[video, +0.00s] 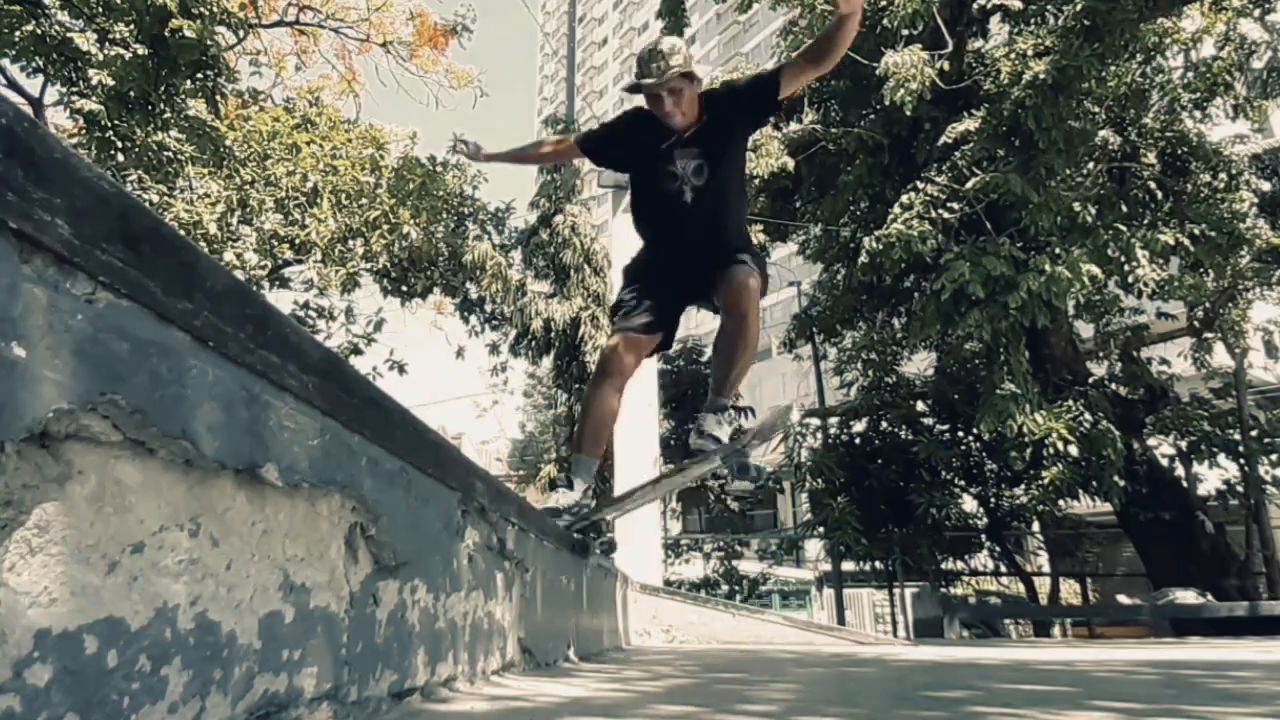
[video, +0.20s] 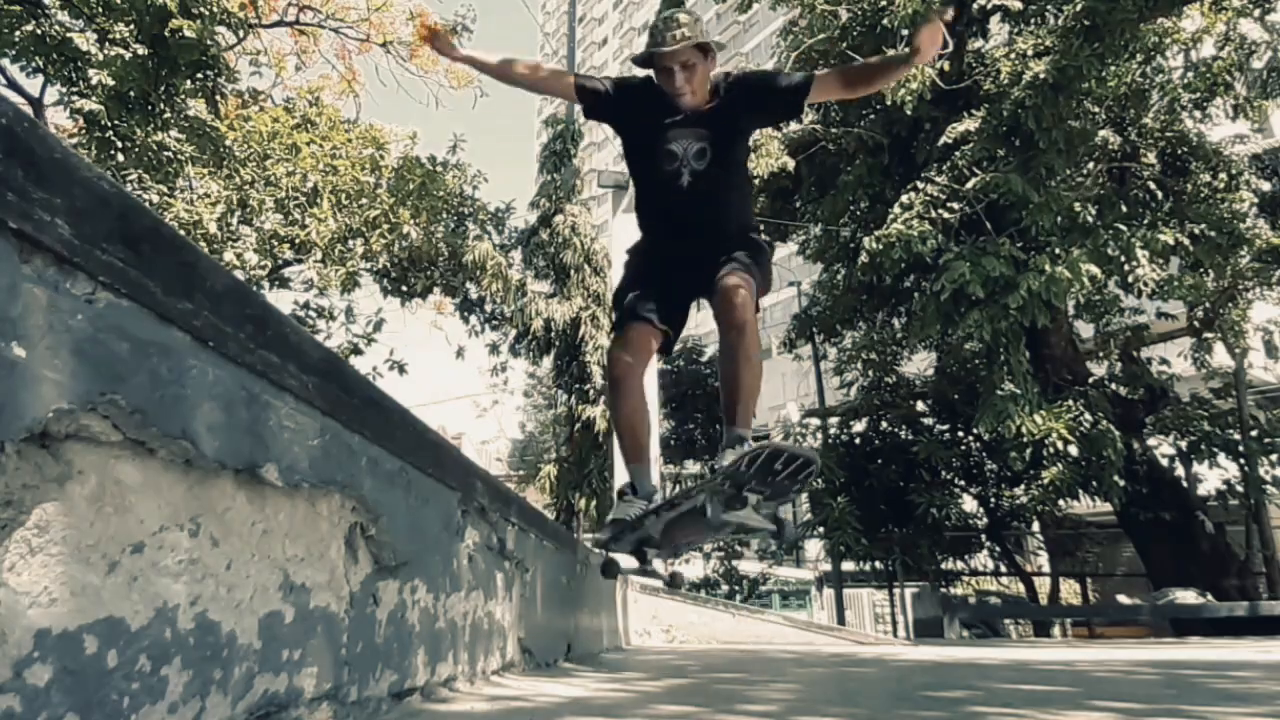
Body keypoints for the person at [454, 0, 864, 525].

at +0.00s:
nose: (660, 106)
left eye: (668, 94)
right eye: (651, 96)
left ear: (695, 85)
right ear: (643, 93)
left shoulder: (731, 107)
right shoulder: (632, 130)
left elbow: (812, 65)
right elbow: (561, 150)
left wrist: (849, 17)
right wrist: (492, 156)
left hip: (725, 256)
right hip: (659, 264)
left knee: (744, 290)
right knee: (616, 358)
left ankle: (717, 417)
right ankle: (577, 485)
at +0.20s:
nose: (675, 83)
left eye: (685, 70)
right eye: (664, 72)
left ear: (709, 62)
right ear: (653, 70)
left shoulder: (744, 94)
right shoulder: (633, 99)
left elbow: (841, 82)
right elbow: (546, 79)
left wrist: (913, 57)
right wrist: (462, 55)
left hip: (731, 248)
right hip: (661, 255)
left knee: (735, 298)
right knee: (626, 355)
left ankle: (739, 447)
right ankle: (640, 492)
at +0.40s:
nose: (696, 94)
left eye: (708, 79)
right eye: (682, 80)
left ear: (730, 72)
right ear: (665, 74)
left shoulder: (761, 110)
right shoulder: (638, 100)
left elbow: (848, 163)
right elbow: (558, 76)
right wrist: (478, 21)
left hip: (738, 263)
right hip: (664, 270)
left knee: (728, 336)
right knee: (655, 395)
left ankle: (742, 507)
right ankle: (688, 548)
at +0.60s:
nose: (762, 141)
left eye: (777, 127)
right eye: (749, 125)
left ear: (801, 117)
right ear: (728, 112)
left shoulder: (827, 168)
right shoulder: (686, 146)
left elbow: (818, 252)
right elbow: (654, 225)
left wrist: (791, 304)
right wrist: (664, 284)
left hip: (771, 310)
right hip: (688, 306)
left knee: (745, 376)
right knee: (625, 407)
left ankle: (749, 579)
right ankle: (678, 553)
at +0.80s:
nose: (902, 75)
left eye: (922, 65)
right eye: (892, 55)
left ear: (935, 85)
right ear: (861, 57)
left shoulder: (918, 170)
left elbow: (903, 305)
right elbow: (714, 68)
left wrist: (884, 433)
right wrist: (633, 56)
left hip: (799, 302)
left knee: (844, 385)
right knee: (647, 364)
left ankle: (841, 626)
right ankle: (594, 577)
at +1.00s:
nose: (1005, 132)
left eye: (1027, 128)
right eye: (997, 107)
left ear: (1031, 147)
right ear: (958, 97)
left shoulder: (989, 224)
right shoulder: (877, 108)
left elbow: (1095, 290)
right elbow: (754, 88)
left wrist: (1238, 260)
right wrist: (652, 60)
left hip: (812, 327)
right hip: (740, 246)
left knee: (951, 420)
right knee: (786, 263)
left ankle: (860, 623)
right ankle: (669, 496)